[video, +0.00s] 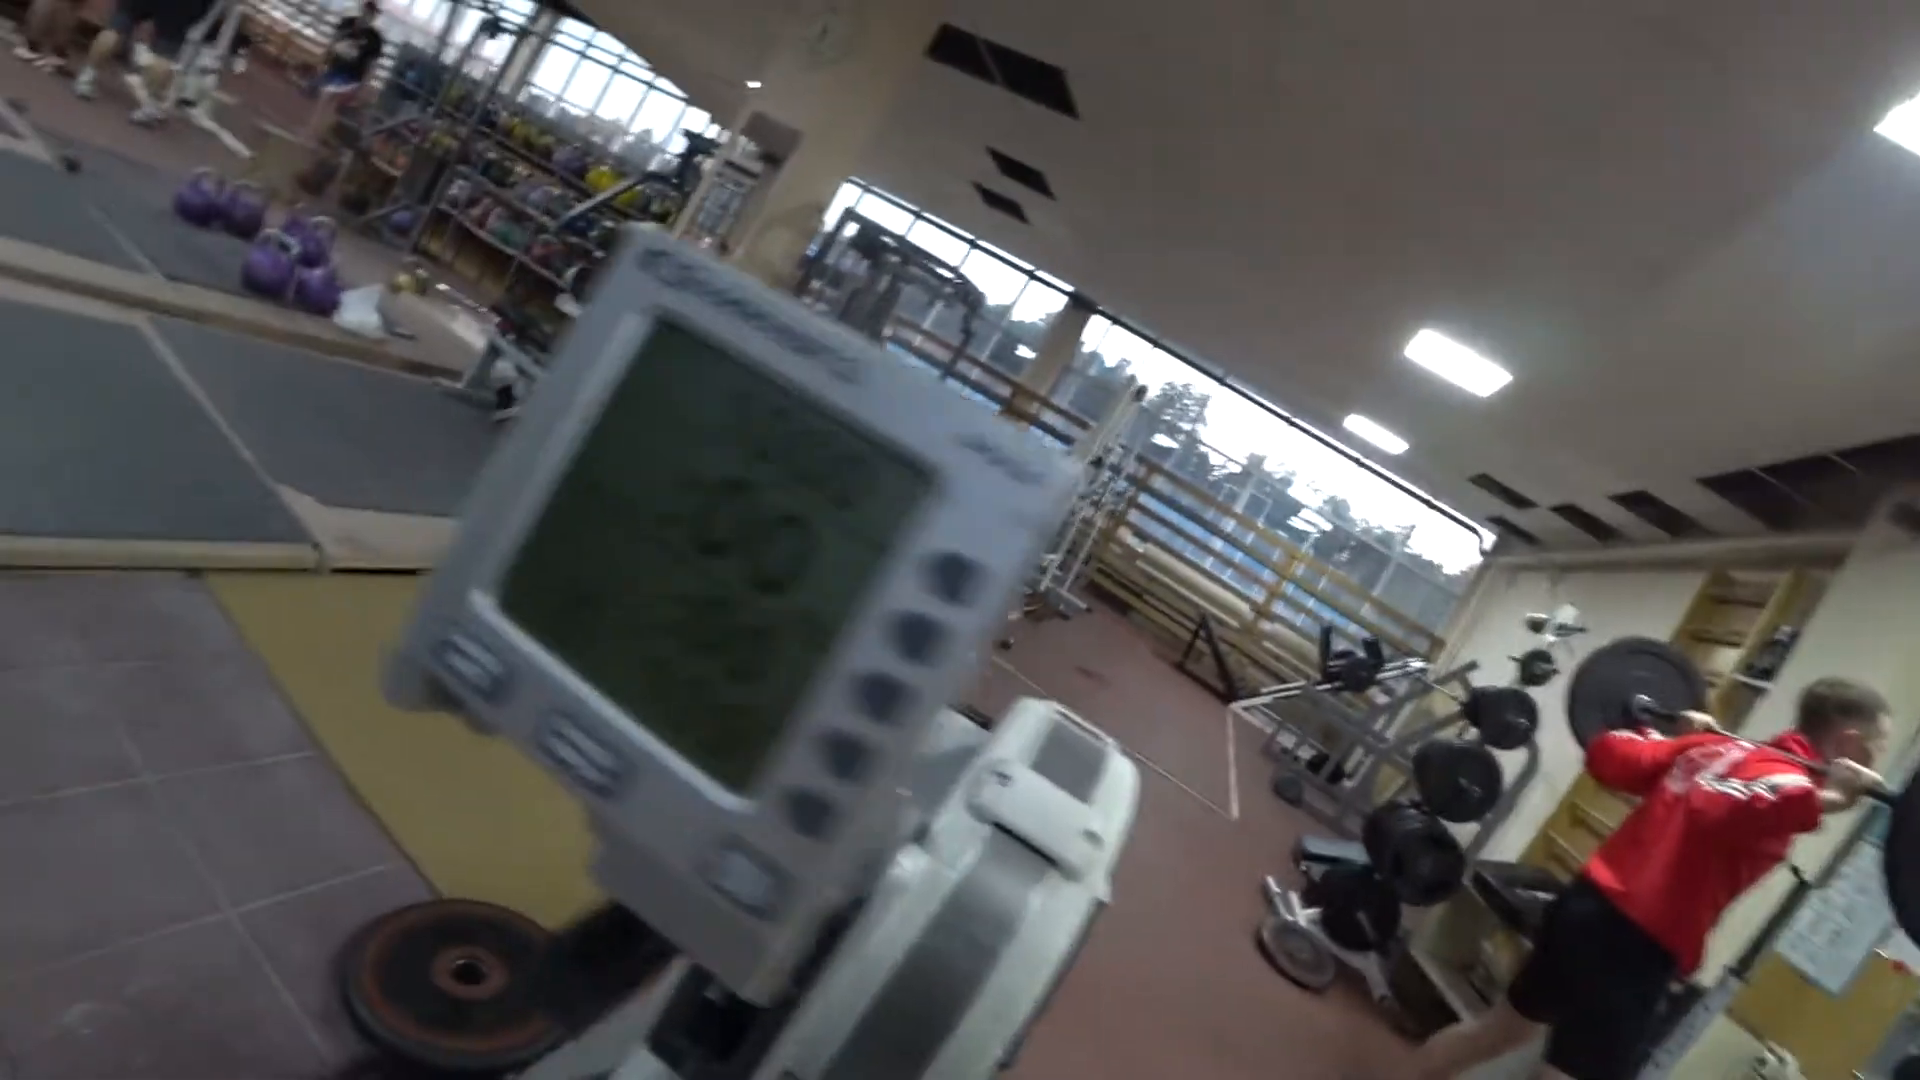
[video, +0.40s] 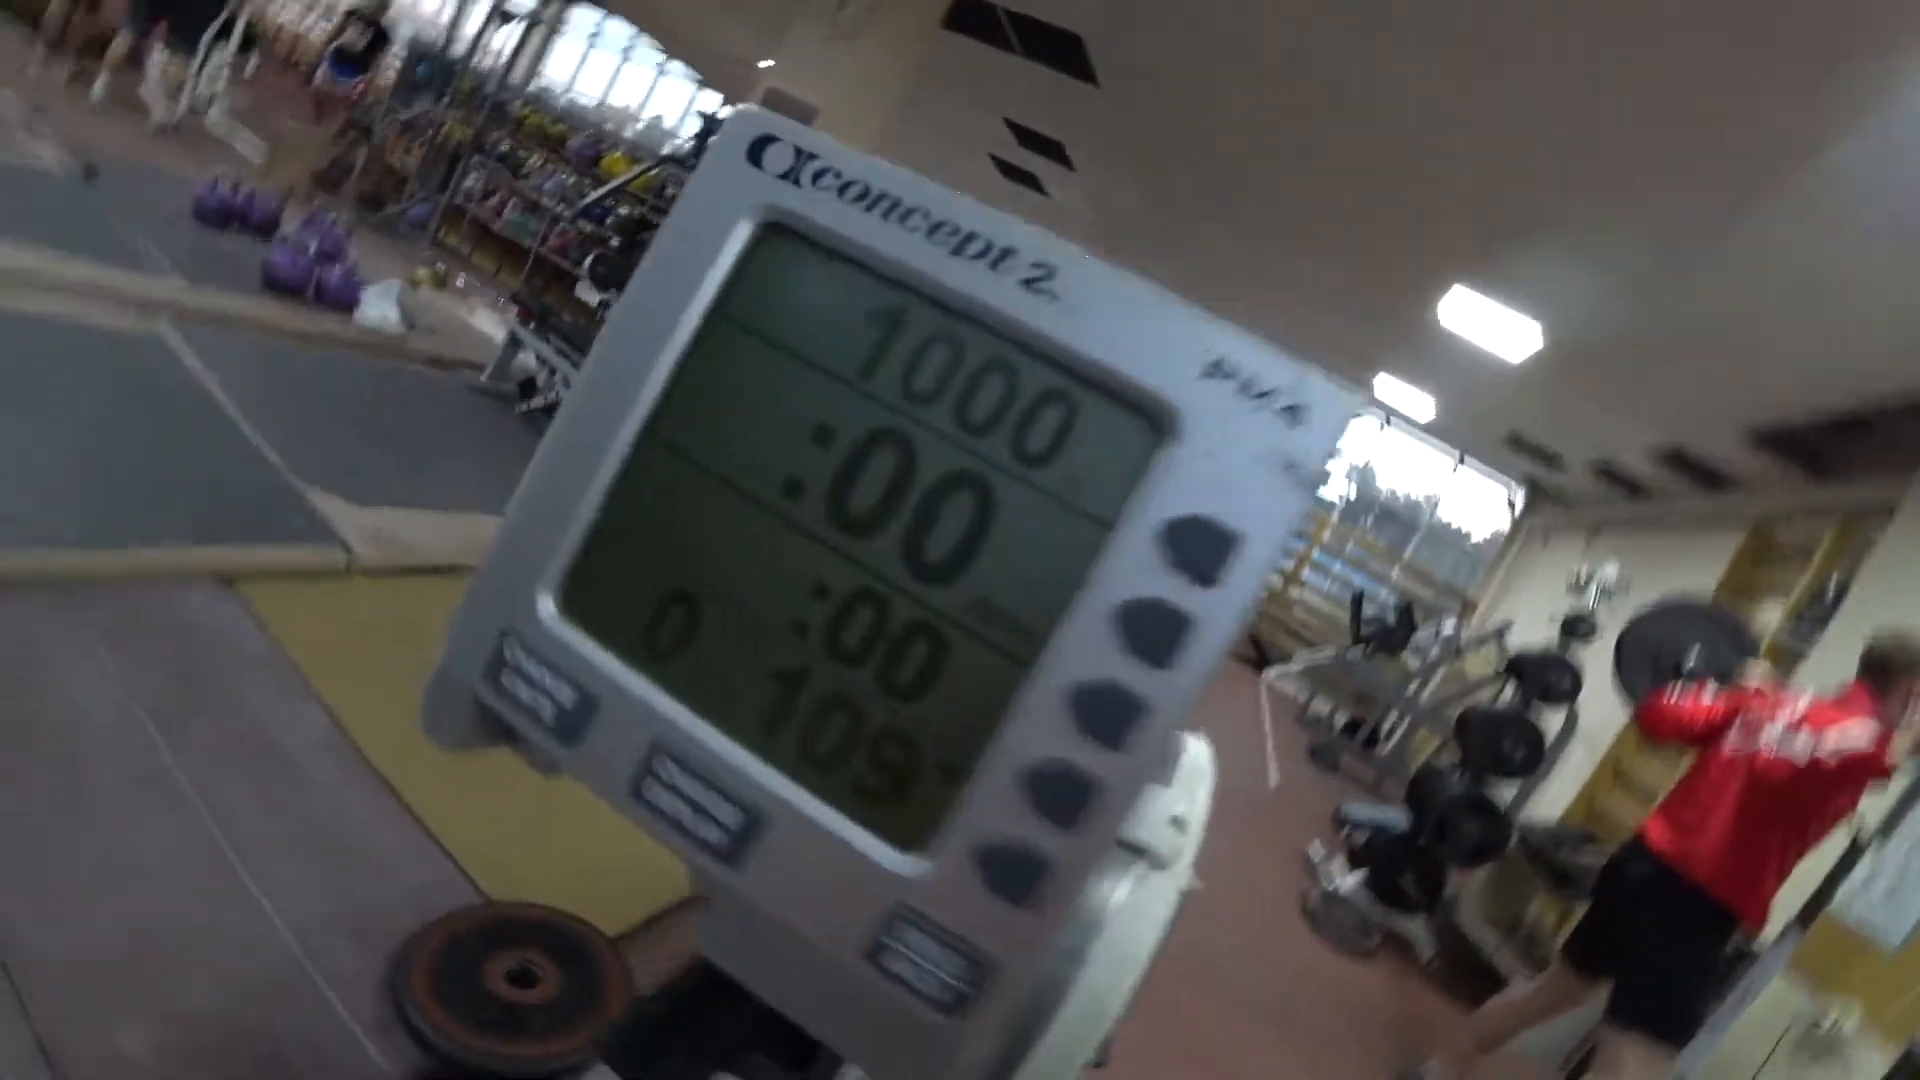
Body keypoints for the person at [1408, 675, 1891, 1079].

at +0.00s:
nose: (1875, 759)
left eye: (1878, 746)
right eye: (1875, 743)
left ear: (1810, 726)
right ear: (1844, 739)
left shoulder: (1714, 746)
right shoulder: (1798, 787)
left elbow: (1609, 753)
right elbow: (1719, 813)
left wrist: (1678, 738)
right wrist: (1828, 799)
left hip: (1585, 902)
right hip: (1640, 948)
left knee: (1501, 1026)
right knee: (1564, 1072)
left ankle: (1398, 1073)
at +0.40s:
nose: (1914, 711)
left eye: (1915, 698)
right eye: (1916, 699)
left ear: (1859, 675)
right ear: (1903, 695)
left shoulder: (1768, 699)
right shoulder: (1869, 745)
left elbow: (1661, 714)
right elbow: (1830, 761)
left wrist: (1707, 681)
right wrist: (1890, 756)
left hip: (1643, 864)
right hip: (1704, 910)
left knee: (1558, 985)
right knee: (1631, 1058)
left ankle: (1440, 1065)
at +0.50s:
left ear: (1883, 582)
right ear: (1919, 603)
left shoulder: (1794, 624)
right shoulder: (1898, 659)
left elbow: (1683, 643)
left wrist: (1733, 614)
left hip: (1678, 797)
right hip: (1745, 841)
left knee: (1604, 925)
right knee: (1675, 1016)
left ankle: (1492, 1023)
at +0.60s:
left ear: (1900, 503)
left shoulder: (1813, 555)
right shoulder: (1911, 583)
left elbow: (1702, 583)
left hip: (1711, 735)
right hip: (1783, 772)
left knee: (1647, 863)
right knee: (1724, 947)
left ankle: (1536, 974)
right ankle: (1643, 1067)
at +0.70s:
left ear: (1898, 384)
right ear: (1917, 398)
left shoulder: (1814, 447)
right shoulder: (1907, 464)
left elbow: (1711, 484)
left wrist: (1746, 435)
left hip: (1738, 634)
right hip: (1818, 664)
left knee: (1683, 773)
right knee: (1770, 846)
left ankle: (1589, 891)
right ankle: (1685, 1029)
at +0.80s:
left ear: (1886, 278)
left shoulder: (1812, 346)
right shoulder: (1912, 348)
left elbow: (1711, 399)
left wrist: (1754, 350)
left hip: (1745, 545)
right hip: (1823, 569)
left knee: (1706, 696)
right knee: (1801, 760)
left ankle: (1621, 817)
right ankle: (1728, 947)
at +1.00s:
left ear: (1861, 164)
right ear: (1907, 161)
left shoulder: (1790, 236)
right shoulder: (1903, 228)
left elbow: (1687, 301)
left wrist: (1735, 248)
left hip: (1742, 445)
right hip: (1822, 457)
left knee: (1722, 598)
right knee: (1821, 653)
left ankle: (1650, 724)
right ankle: (1770, 838)